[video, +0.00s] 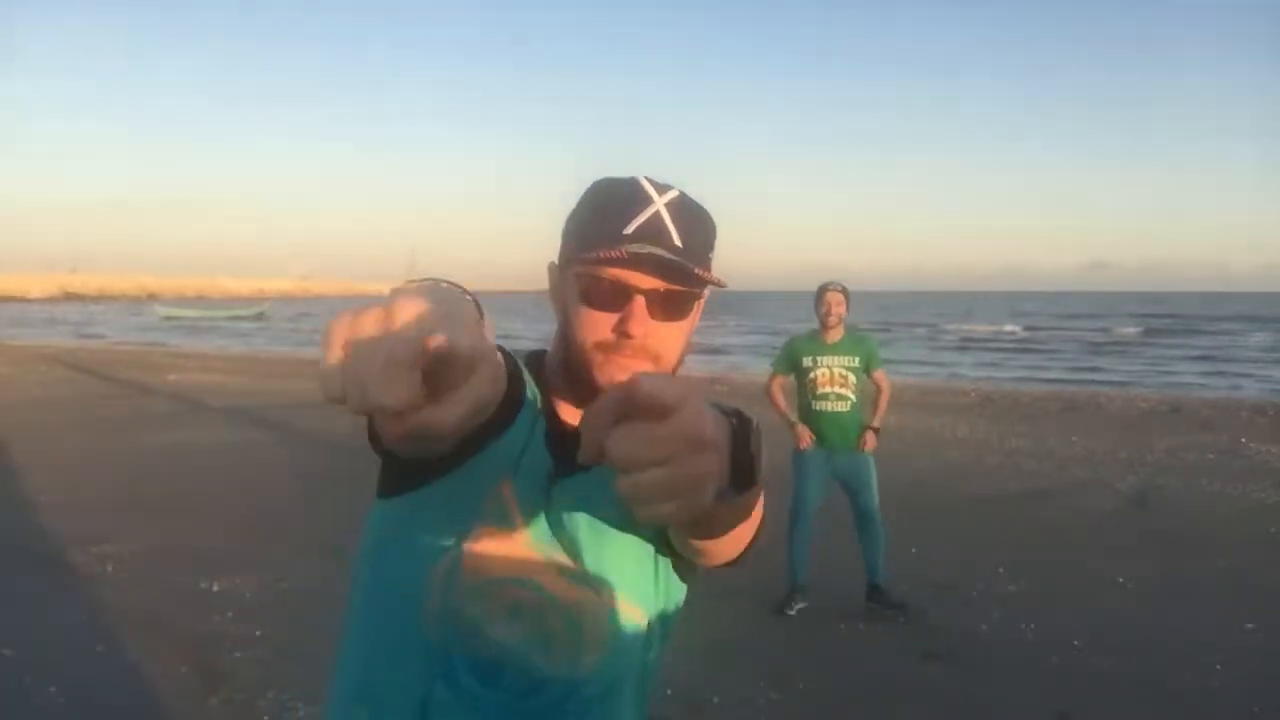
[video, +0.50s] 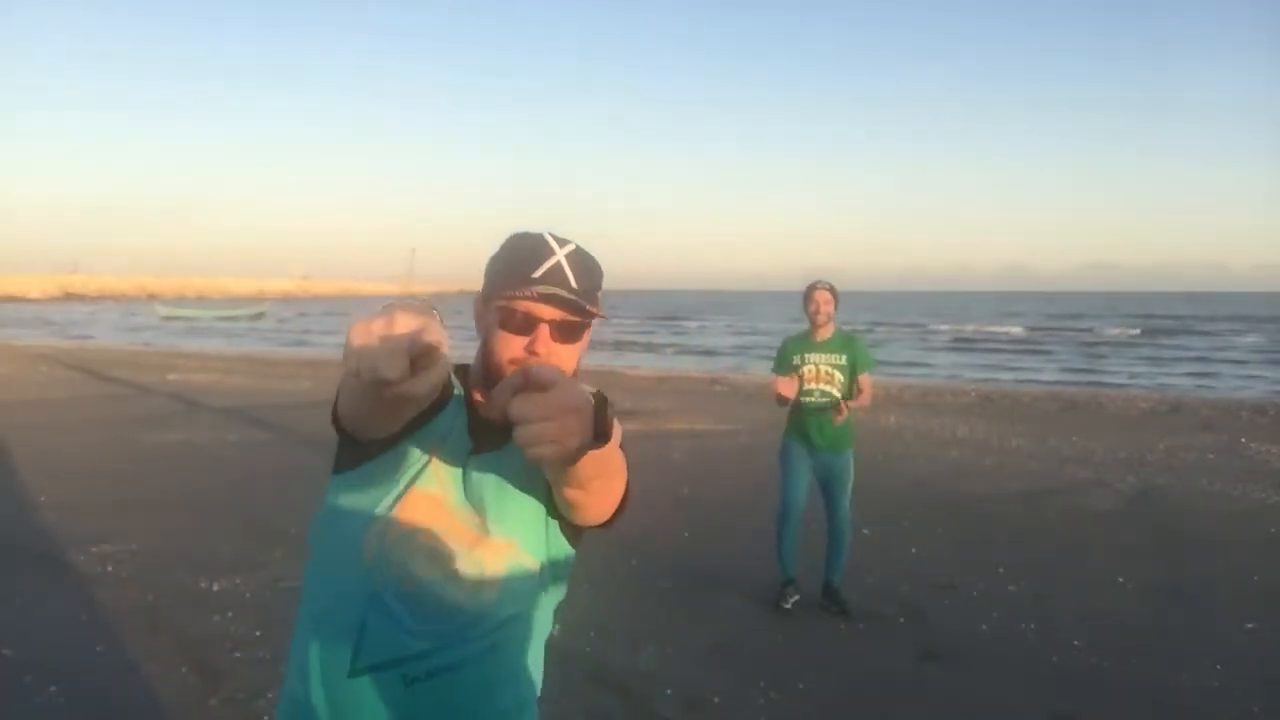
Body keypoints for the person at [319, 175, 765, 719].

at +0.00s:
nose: (634, 323)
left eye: (666, 300)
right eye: (606, 292)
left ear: (696, 313)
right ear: (558, 288)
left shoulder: (689, 443)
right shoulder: (469, 397)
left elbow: (727, 545)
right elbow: (457, 379)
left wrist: (718, 467)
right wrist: (418, 358)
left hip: (594, 707)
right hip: (389, 702)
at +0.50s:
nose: (540, 346)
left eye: (566, 328)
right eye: (518, 320)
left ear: (590, 334)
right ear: (482, 315)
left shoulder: (576, 433)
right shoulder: (406, 395)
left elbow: (598, 504)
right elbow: (364, 415)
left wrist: (584, 443)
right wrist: (392, 379)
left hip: (490, 710)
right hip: (334, 705)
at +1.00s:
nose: (526, 336)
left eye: (547, 321)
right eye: (511, 316)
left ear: (565, 328)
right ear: (483, 311)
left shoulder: (564, 405)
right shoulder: (420, 384)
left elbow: (573, 444)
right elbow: (399, 381)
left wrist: (553, 396)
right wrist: (427, 354)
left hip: (486, 693)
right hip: (363, 682)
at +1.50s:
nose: (537, 332)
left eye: (550, 323)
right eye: (526, 319)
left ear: (565, 330)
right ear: (500, 318)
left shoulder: (557, 395)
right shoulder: (444, 371)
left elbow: (571, 415)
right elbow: (445, 361)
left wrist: (566, 372)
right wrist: (472, 342)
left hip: (518, 617)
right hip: (423, 616)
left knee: (534, 711)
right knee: (414, 712)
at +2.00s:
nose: (510, 312)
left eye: (523, 304)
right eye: (501, 301)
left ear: (538, 312)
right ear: (485, 303)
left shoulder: (549, 375)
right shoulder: (443, 368)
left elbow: (539, 448)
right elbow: (405, 433)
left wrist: (497, 515)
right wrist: (378, 485)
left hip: (528, 551)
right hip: (450, 546)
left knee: (539, 681)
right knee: (450, 687)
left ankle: (542, 714)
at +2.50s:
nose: (555, 317)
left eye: (556, 308)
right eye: (547, 307)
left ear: (537, 308)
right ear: (519, 304)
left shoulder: (556, 360)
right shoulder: (467, 355)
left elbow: (589, 422)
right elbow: (441, 426)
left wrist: (619, 479)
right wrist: (454, 468)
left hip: (543, 505)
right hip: (481, 509)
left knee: (540, 614)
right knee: (487, 614)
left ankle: (544, 710)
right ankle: (491, 695)